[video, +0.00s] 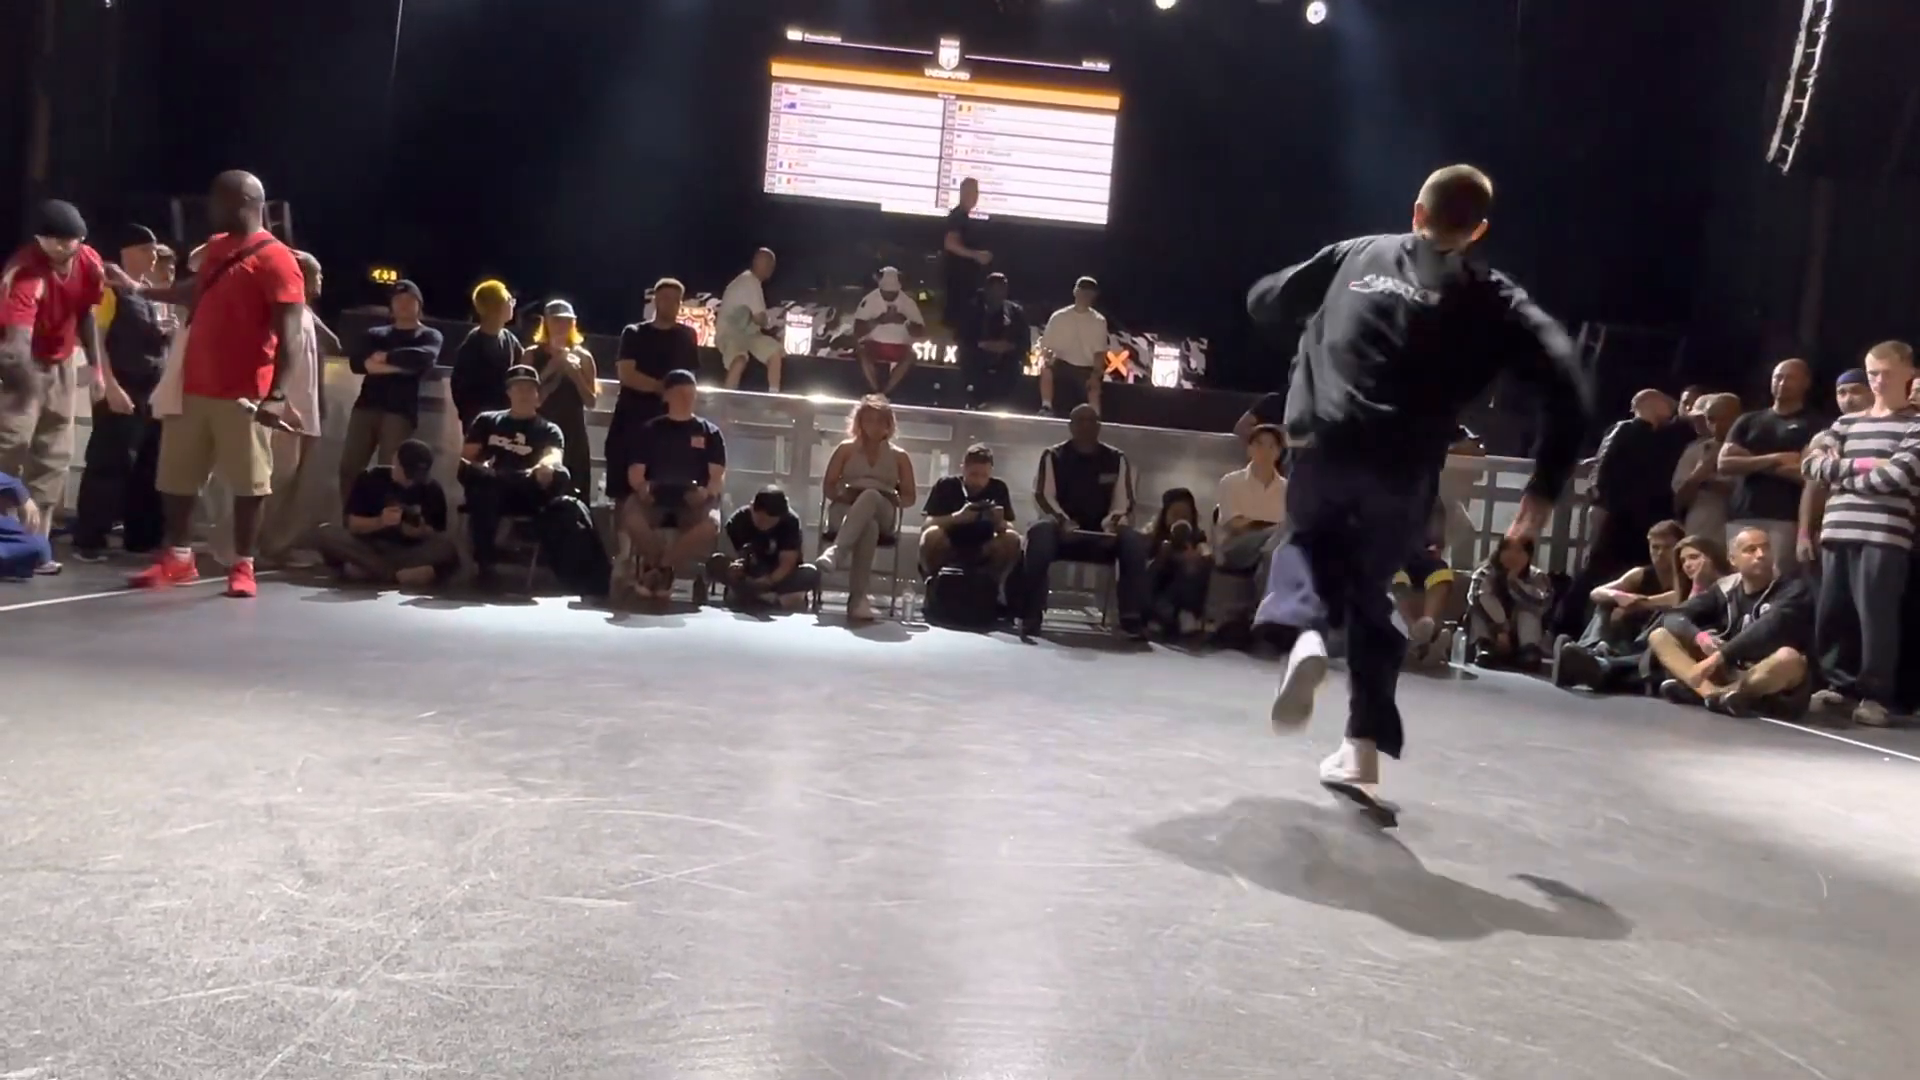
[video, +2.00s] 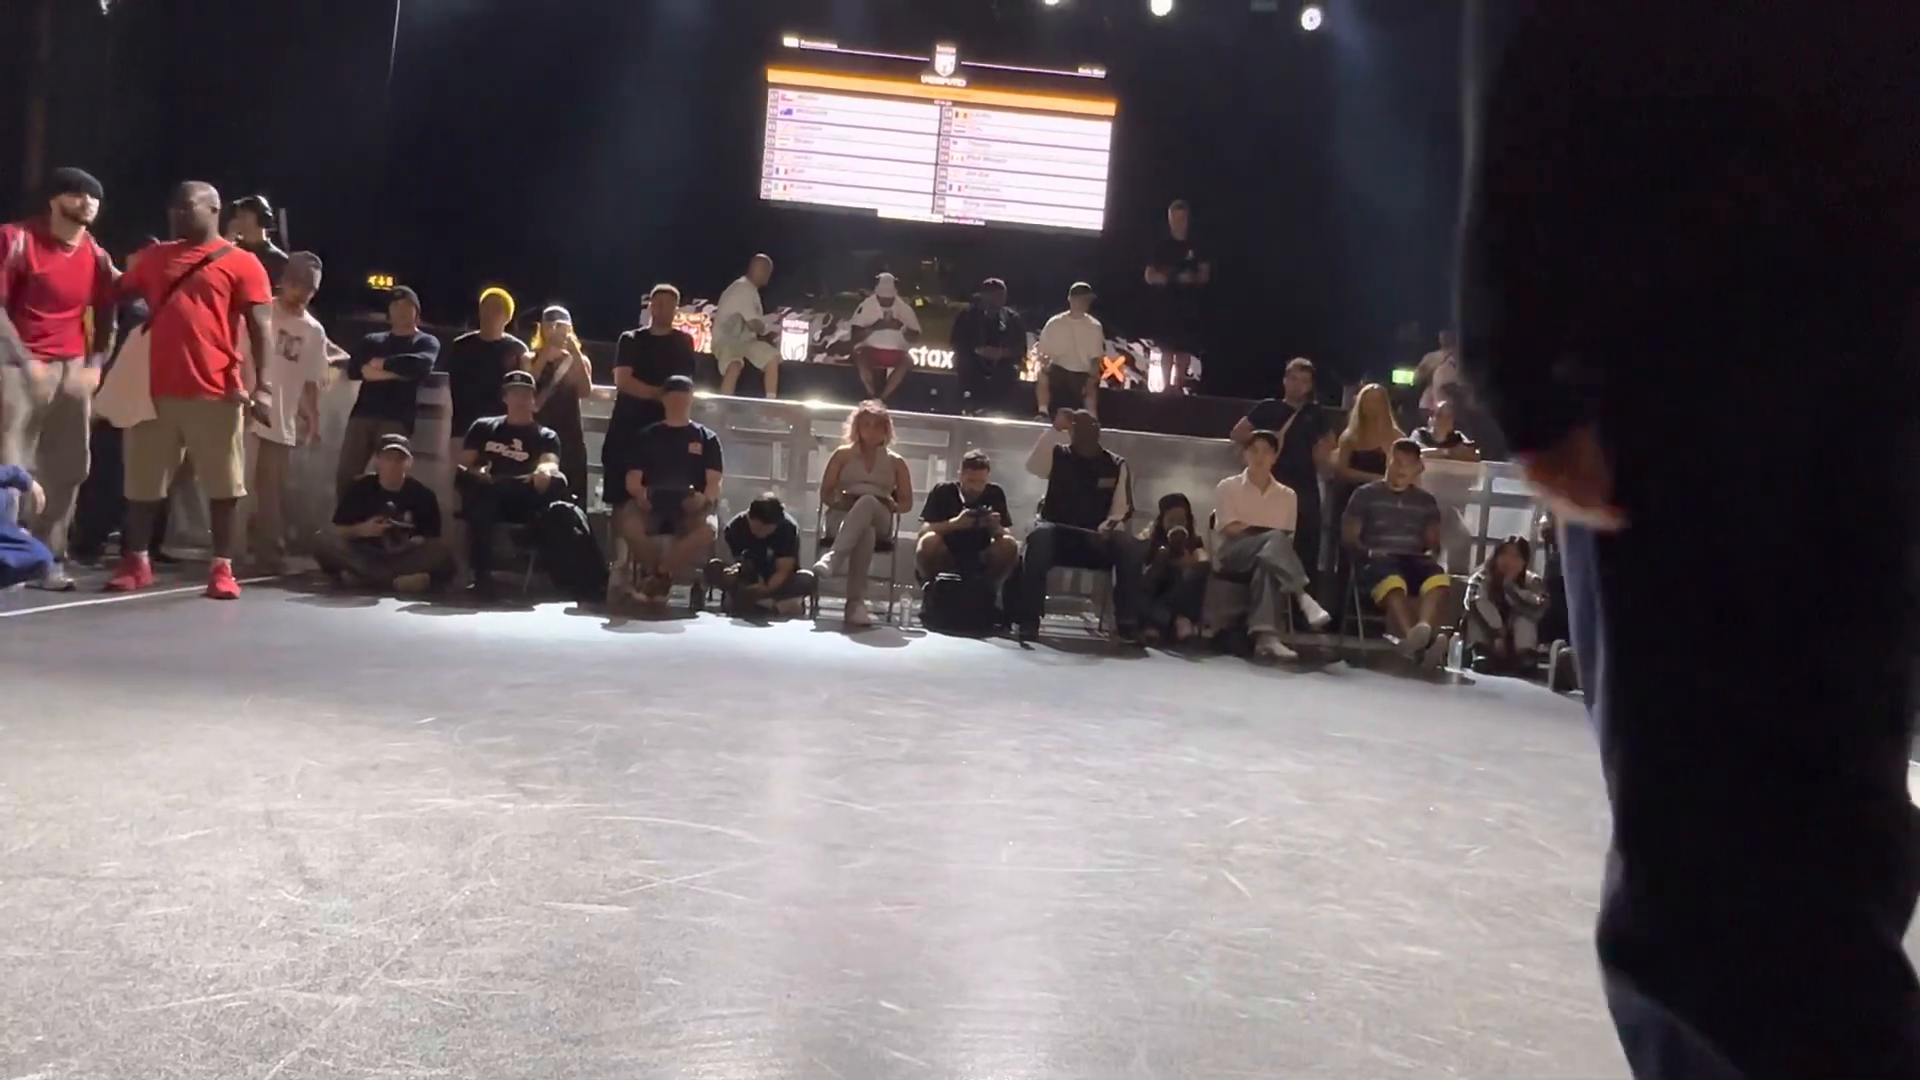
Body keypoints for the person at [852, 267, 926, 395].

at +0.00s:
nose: (890, 296)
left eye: (893, 293)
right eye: (886, 292)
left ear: (899, 289)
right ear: (880, 288)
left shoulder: (908, 302)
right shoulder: (869, 300)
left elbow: (919, 332)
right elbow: (857, 332)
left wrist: (904, 320)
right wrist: (879, 320)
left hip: (900, 346)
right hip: (874, 344)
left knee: (910, 357)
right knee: (863, 353)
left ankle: (885, 392)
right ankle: (876, 391)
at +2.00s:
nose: (886, 301)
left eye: (890, 298)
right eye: (883, 298)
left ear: (895, 295)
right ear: (876, 294)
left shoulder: (904, 308)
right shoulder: (866, 306)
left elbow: (914, 338)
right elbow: (855, 336)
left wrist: (901, 327)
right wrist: (875, 327)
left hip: (897, 351)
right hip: (870, 350)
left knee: (907, 363)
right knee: (860, 359)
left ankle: (883, 398)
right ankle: (872, 396)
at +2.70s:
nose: (870, 305)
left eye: (874, 302)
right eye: (866, 301)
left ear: (879, 298)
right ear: (861, 298)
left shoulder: (889, 310)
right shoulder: (850, 309)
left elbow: (899, 340)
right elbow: (840, 340)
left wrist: (885, 330)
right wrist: (861, 330)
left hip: (882, 354)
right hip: (856, 353)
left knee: (892, 364)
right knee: (845, 359)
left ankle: (869, 401)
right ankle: (858, 398)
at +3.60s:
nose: (861, 313)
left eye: (865, 310)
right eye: (857, 310)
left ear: (870, 307)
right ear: (851, 306)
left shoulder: (879, 319)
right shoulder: (841, 318)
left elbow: (891, 347)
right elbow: (831, 349)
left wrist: (876, 338)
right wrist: (850, 338)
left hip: (873, 363)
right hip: (847, 361)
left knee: (883, 374)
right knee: (836, 371)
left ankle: (860, 411)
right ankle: (852, 410)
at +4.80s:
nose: (873, 323)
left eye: (876, 319)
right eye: (870, 319)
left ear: (879, 317)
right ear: (862, 316)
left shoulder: (883, 326)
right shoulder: (852, 328)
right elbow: (842, 357)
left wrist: (881, 343)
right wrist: (862, 346)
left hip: (880, 374)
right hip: (859, 373)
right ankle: (862, 416)